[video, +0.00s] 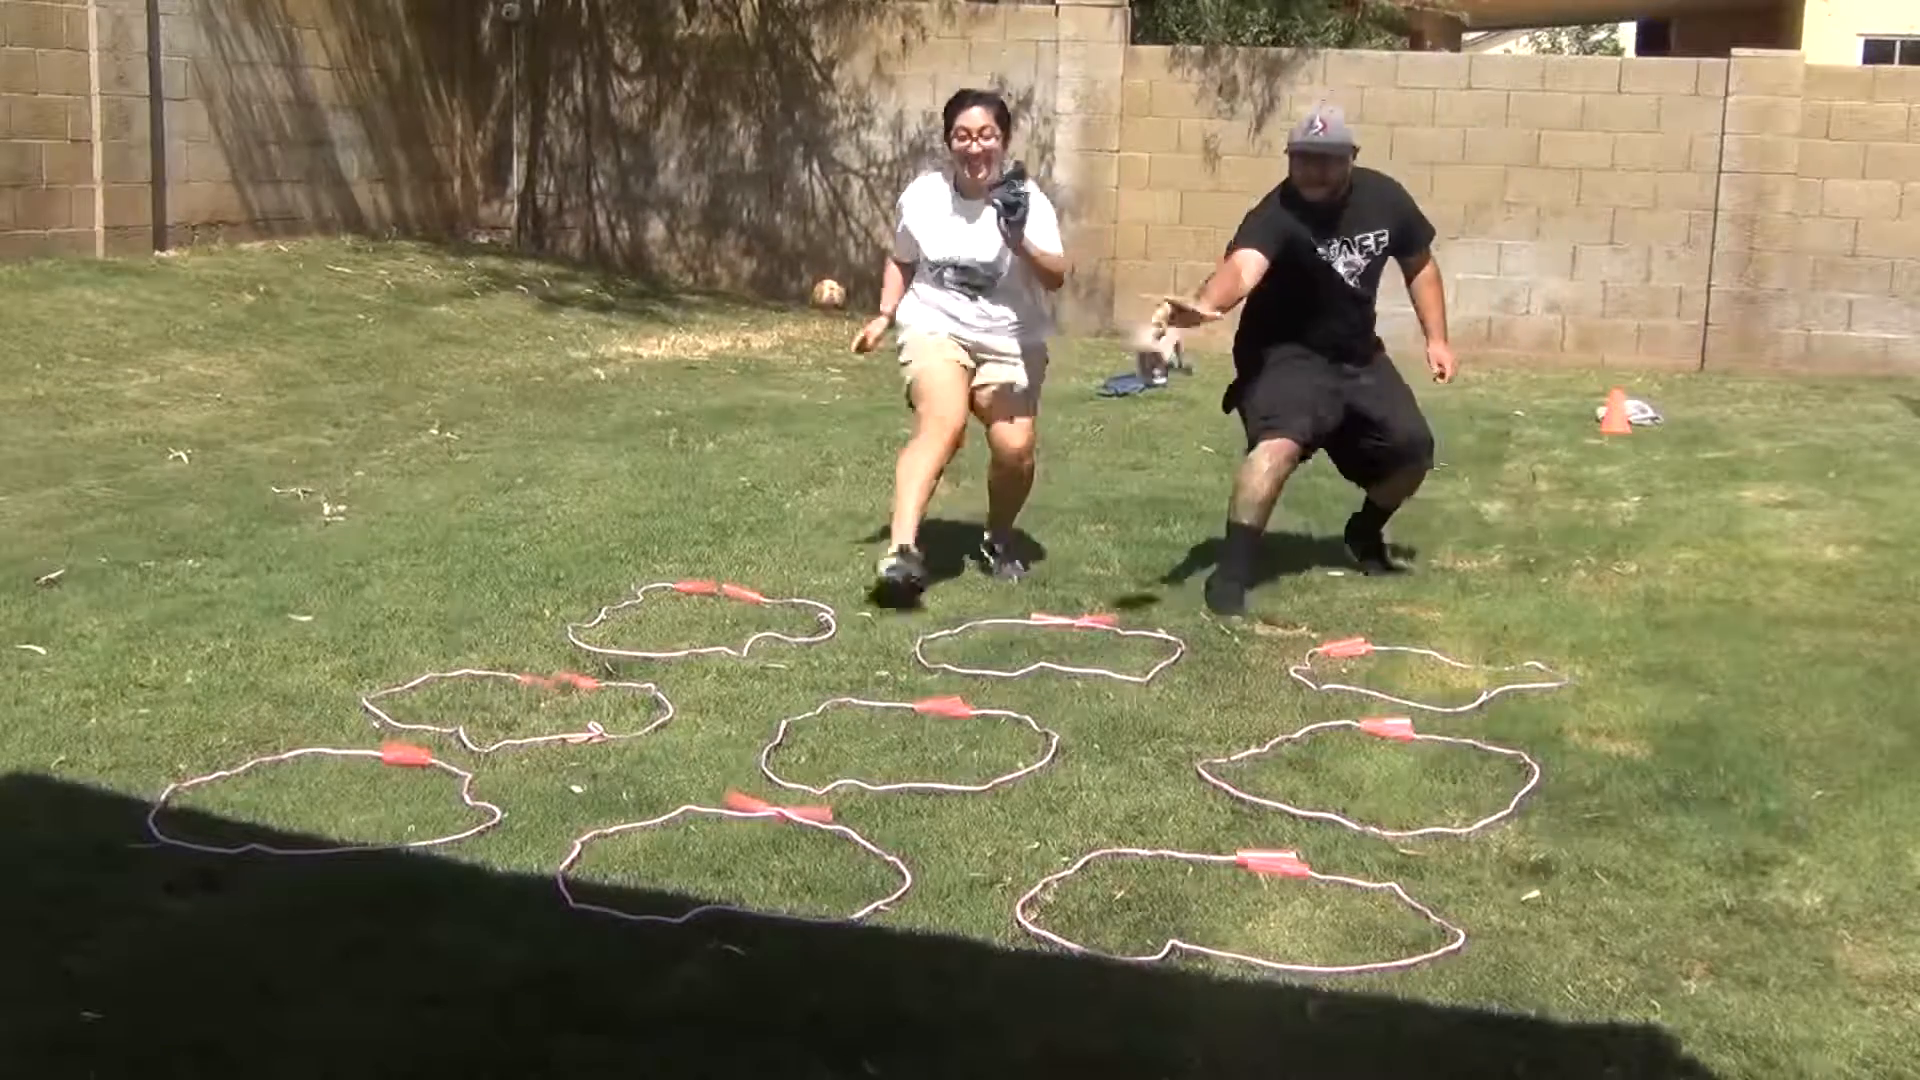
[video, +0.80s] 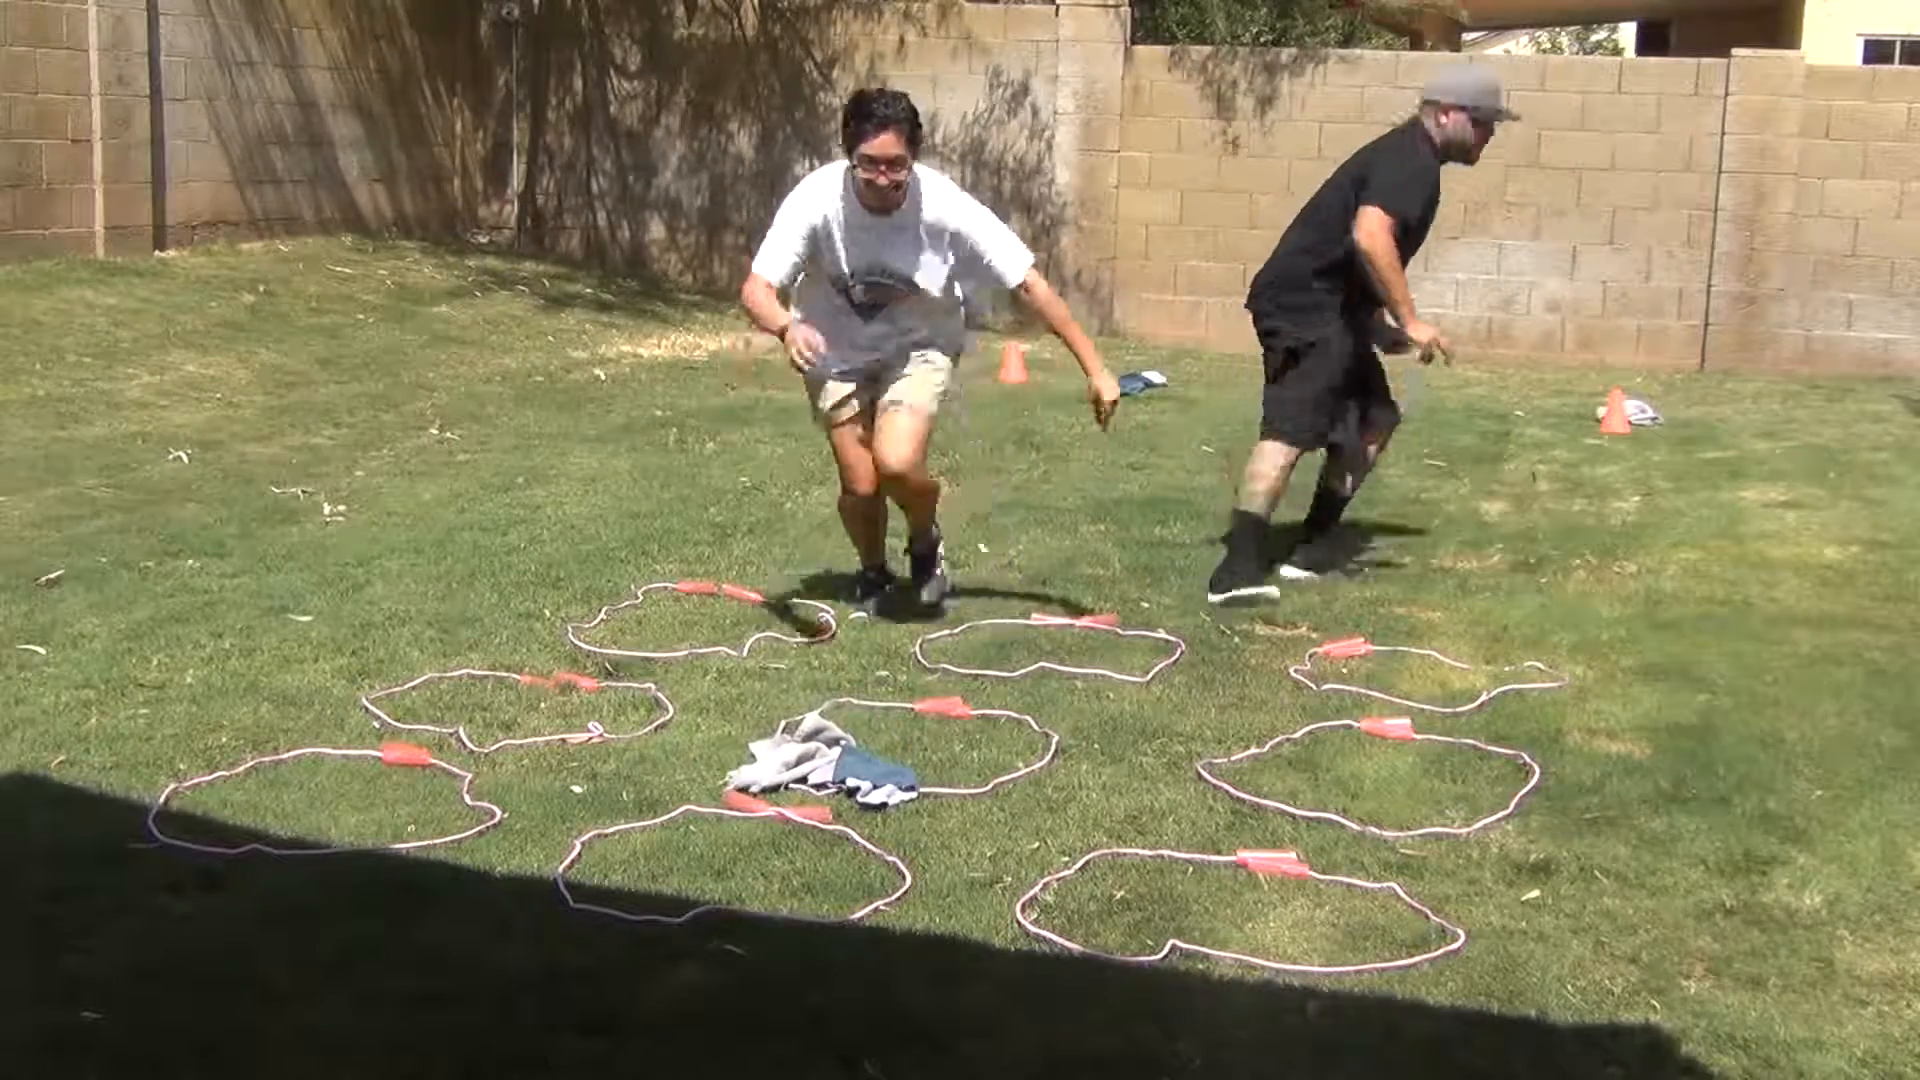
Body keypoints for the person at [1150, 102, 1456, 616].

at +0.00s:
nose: (1316, 170)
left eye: (1329, 158)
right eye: (1305, 158)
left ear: (1351, 159)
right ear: (1290, 160)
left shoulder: (1384, 198)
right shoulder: (1277, 213)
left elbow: (1419, 266)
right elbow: (1241, 267)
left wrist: (1437, 338)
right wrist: (1204, 306)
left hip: (1359, 355)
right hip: (1286, 353)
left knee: (1411, 451)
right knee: (1282, 441)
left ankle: (1365, 531)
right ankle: (1232, 573)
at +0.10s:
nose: (1307, 188)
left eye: (1321, 177)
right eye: (1297, 176)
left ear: (1345, 174)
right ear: (1282, 172)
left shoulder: (1378, 208)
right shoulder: (1260, 223)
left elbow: (1403, 280)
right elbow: (1209, 298)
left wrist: (1412, 357)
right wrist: (1193, 351)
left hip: (1336, 352)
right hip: (1265, 352)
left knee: (1393, 452)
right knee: (1272, 445)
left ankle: (1320, 530)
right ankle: (1231, 573)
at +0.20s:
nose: (1307, 184)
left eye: (1322, 175)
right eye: (1298, 172)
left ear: (1348, 172)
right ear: (1282, 167)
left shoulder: (1377, 203)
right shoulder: (1251, 221)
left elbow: (1398, 273)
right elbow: (1200, 315)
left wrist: (1399, 357)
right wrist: (1180, 404)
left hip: (1323, 342)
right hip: (1252, 343)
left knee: (1369, 452)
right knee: (1257, 445)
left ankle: (1277, 502)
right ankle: (1231, 570)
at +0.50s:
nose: (1358, 176)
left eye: (1372, 167)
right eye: (1349, 163)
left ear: (1391, 166)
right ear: (1331, 154)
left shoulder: (1397, 203)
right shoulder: (1281, 207)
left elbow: (1384, 267)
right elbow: (1216, 290)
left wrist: (1371, 342)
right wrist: (1226, 378)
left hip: (1310, 333)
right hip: (1247, 327)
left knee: (1331, 443)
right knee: (1257, 427)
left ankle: (1219, 469)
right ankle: (1232, 570)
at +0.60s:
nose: (1394, 175)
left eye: (1407, 166)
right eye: (1383, 161)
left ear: (1420, 164)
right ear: (1360, 151)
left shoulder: (1399, 202)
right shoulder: (1324, 202)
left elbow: (1366, 273)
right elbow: (1266, 294)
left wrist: (1350, 340)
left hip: (1312, 319)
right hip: (1240, 314)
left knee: (1359, 429)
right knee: (1260, 439)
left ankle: (1254, 491)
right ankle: (1231, 571)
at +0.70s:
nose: (1444, 161)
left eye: (1454, 149)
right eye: (1434, 146)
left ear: (1462, 151)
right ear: (1401, 139)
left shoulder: (1399, 185)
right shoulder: (1369, 184)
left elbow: (1342, 271)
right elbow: (1332, 274)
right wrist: (1387, 354)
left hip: (1314, 309)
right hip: (1262, 306)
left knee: (1375, 406)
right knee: (1275, 429)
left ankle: (1304, 524)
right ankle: (1231, 575)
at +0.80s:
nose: (1489, 136)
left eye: (1492, 125)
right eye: (1485, 123)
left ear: (1447, 116)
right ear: (1449, 115)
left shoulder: (1412, 155)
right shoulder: (1410, 157)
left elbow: (1354, 252)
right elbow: (1369, 233)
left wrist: (1379, 324)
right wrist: (1410, 321)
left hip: (1336, 307)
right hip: (1302, 300)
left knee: (1374, 421)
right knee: (1288, 430)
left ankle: (1316, 544)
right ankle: (1238, 569)